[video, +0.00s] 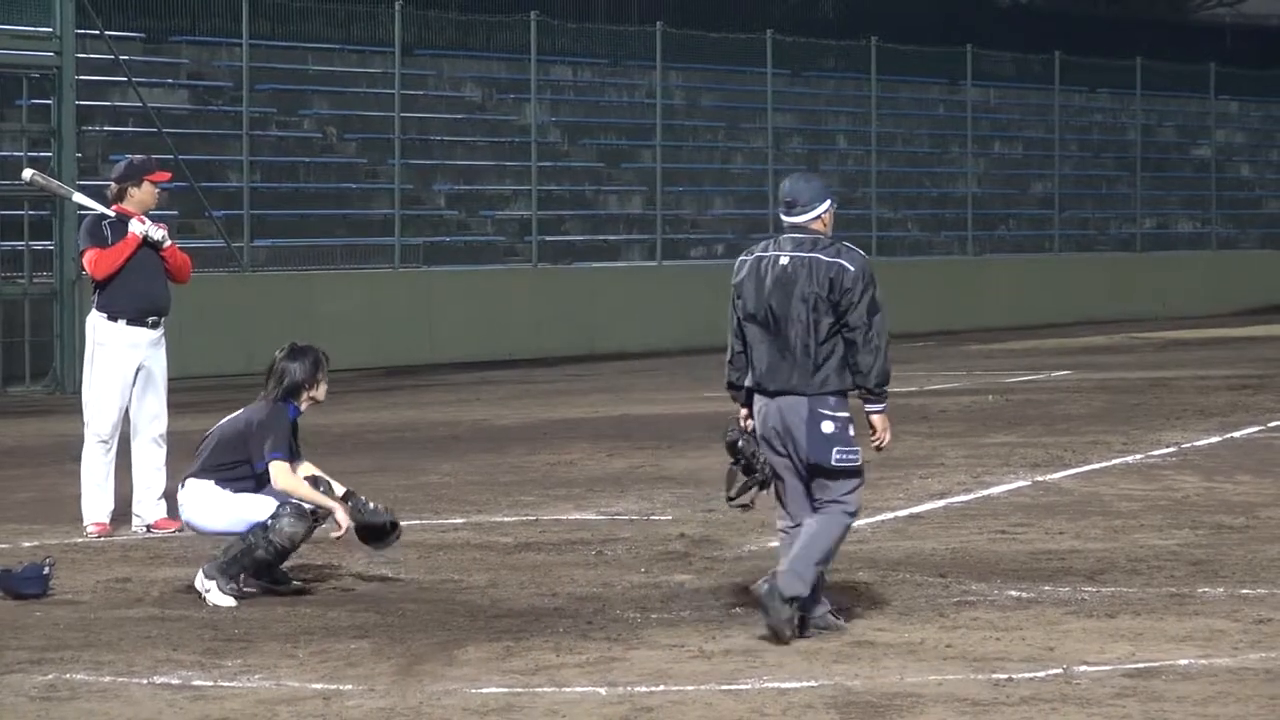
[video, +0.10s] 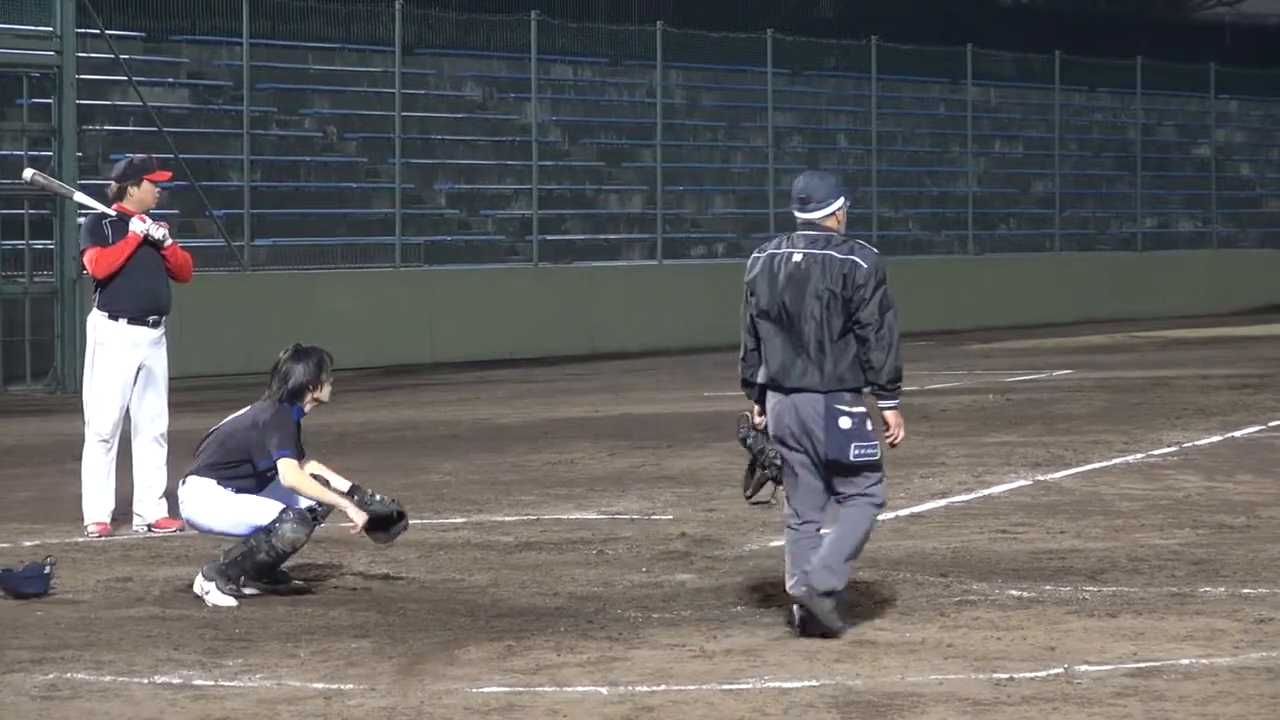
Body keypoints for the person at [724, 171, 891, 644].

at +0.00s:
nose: (832, 218)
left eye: (828, 211)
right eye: (830, 213)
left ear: (785, 214)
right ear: (822, 217)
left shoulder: (749, 263)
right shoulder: (845, 262)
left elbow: (739, 340)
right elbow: (866, 339)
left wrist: (743, 399)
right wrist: (876, 404)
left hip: (766, 403)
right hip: (821, 403)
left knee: (795, 512)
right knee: (839, 499)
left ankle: (813, 609)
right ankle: (782, 587)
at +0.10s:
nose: (845, 216)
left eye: (841, 209)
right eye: (843, 210)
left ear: (798, 212)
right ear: (835, 214)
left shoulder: (763, 260)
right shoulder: (858, 260)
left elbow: (752, 338)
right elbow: (879, 337)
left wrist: (755, 396)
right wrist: (888, 401)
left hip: (783, 401)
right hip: (841, 402)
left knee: (803, 508)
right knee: (862, 492)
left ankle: (804, 605)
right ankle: (820, 583)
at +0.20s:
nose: (857, 214)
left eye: (850, 208)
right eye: (856, 209)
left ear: (810, 211)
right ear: (852, 213)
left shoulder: (776, 258)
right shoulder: (873, 260)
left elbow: (764, 336)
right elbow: (892, 337)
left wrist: (767, 395)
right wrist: (901, 400)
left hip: (794, 400)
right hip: (854, 401)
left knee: (806, 508)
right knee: (880, 494)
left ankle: (808, 611)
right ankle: (870, 602)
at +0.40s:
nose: (881, 222)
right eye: (885, 216)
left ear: (842, 216)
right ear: (888, 220)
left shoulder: (807, 261)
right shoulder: (909, 266)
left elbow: (791, 337)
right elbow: (925, 342)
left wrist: (792, 394)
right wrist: (928, 403)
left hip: (824, 403)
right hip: (888, 405)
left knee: (820, 510)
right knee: (909, 504)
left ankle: (811, 610)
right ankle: (939, 604)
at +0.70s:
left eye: (898, 212)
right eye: (932, 216)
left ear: (895, 214)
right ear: (940, 218)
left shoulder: (856, 257)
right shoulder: (965, 264)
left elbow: (840, 329)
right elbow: (983, 337)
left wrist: (838, 387)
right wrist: (988, 399)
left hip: (871, 400)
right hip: (934, 402)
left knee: (862, 495)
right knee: (944, 504)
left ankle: (835, 577)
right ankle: (949, 605)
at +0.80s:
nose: (915, 217)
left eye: (910, 210)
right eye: (943, 214)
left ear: (907, 212)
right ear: (952, 216)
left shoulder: (868, 255)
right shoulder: (977, 264)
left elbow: (851, 325)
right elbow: (996, 334)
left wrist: (849, 383)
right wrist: (1004, 396)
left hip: (881, 395)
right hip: (942, 398)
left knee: (877, 489)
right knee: (948, 503)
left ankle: (855, 578)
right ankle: (950, 605)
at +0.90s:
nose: (917, 214)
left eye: (916, 209)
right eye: (947, 213)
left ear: (916, 211)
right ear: (960, 216)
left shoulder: (875, 253)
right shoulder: (984, 263)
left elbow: (856, 323)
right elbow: (1004, 333)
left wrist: (852, 381)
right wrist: (1012, 395)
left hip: (886, 393)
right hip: (947, 397)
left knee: (885, 491)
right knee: (949, 503)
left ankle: (874, 593)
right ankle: (950, 606)